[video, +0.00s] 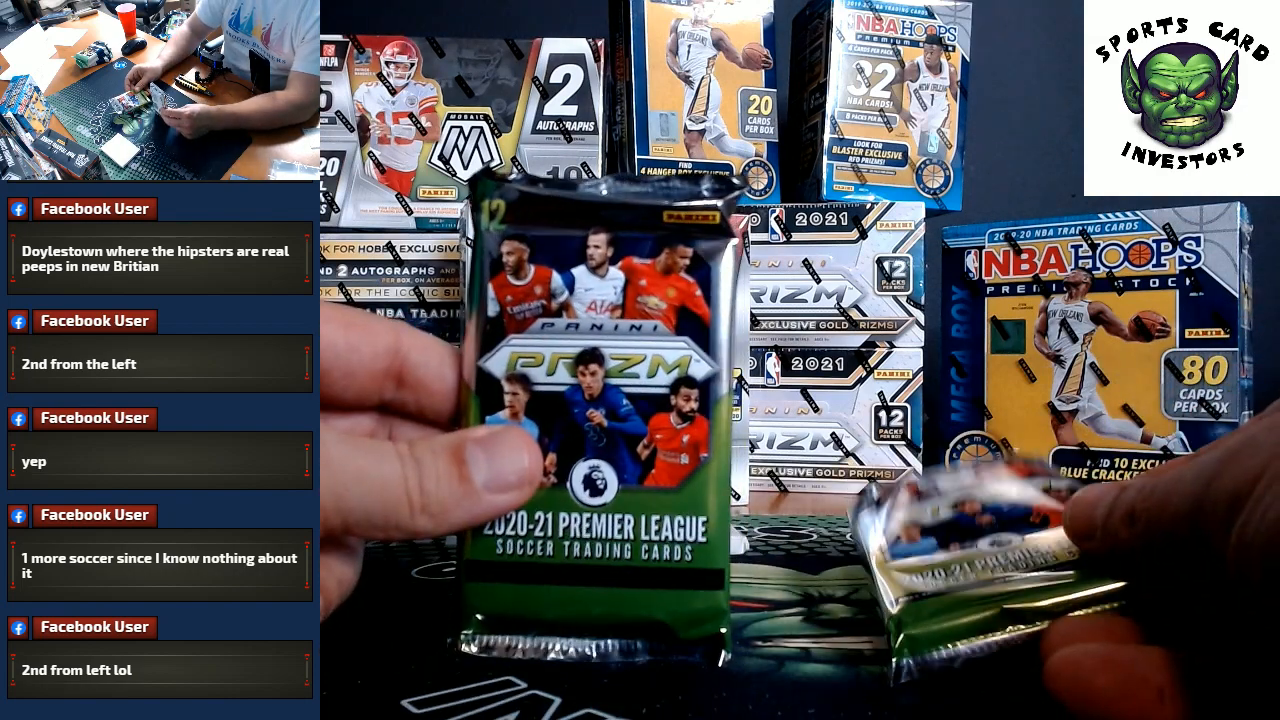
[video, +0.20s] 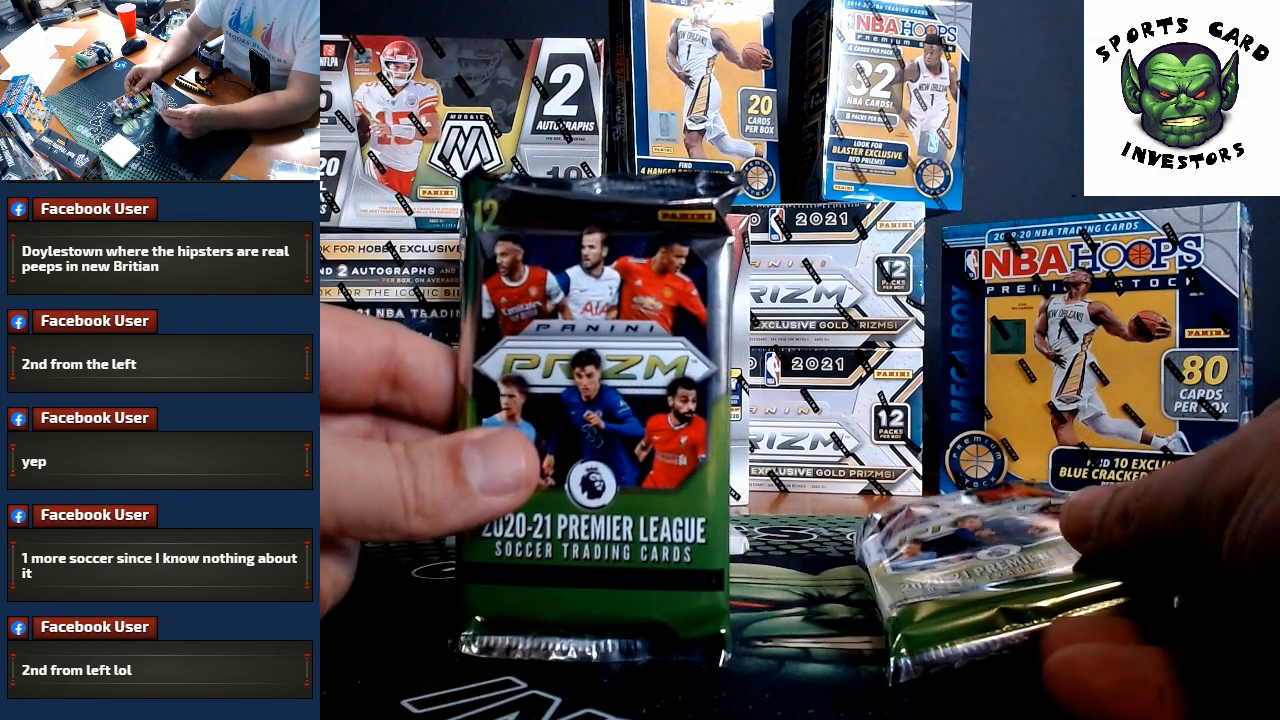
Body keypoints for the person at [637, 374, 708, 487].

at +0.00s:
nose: (692, 406)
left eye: (696, 400)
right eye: (686, 400)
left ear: (699, 401)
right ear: (673, 400)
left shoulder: (702, 427)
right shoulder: (657, 422)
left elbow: (705, 461)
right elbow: (647, 444)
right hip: (655, 486)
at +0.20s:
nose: (690, 407)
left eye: (694, 401)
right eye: (684, 401)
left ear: (697, 402)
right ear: (670, 401)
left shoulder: (699, 427)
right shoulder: (654, 423)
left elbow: (703, 461)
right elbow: (644, 446)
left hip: (682, 491)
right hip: (653, 487)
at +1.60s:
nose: (687, 406)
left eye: (691, 401)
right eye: (681, 400)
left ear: (694, 401)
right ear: (667, 401)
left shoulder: (698, 427)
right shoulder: (652, 423)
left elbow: (703, 464)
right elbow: (641, 447)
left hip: (679, 494)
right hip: (650, 489)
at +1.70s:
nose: (688, 407)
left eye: (691, 401)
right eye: (681, 401)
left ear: (694, 402)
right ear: (668, 401)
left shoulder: (698, 427)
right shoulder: (652, 423)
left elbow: (703, 464)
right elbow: (642, 447)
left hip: (680, 494)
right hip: (651, 489)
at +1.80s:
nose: (689, 407)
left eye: (692, 401)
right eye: (682, 401)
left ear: (695, 402)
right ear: (669, 402)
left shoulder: (699, 428)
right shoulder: (653, 423)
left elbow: (704, 465)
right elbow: (643, 448)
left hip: (681, 494)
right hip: (652, 489)